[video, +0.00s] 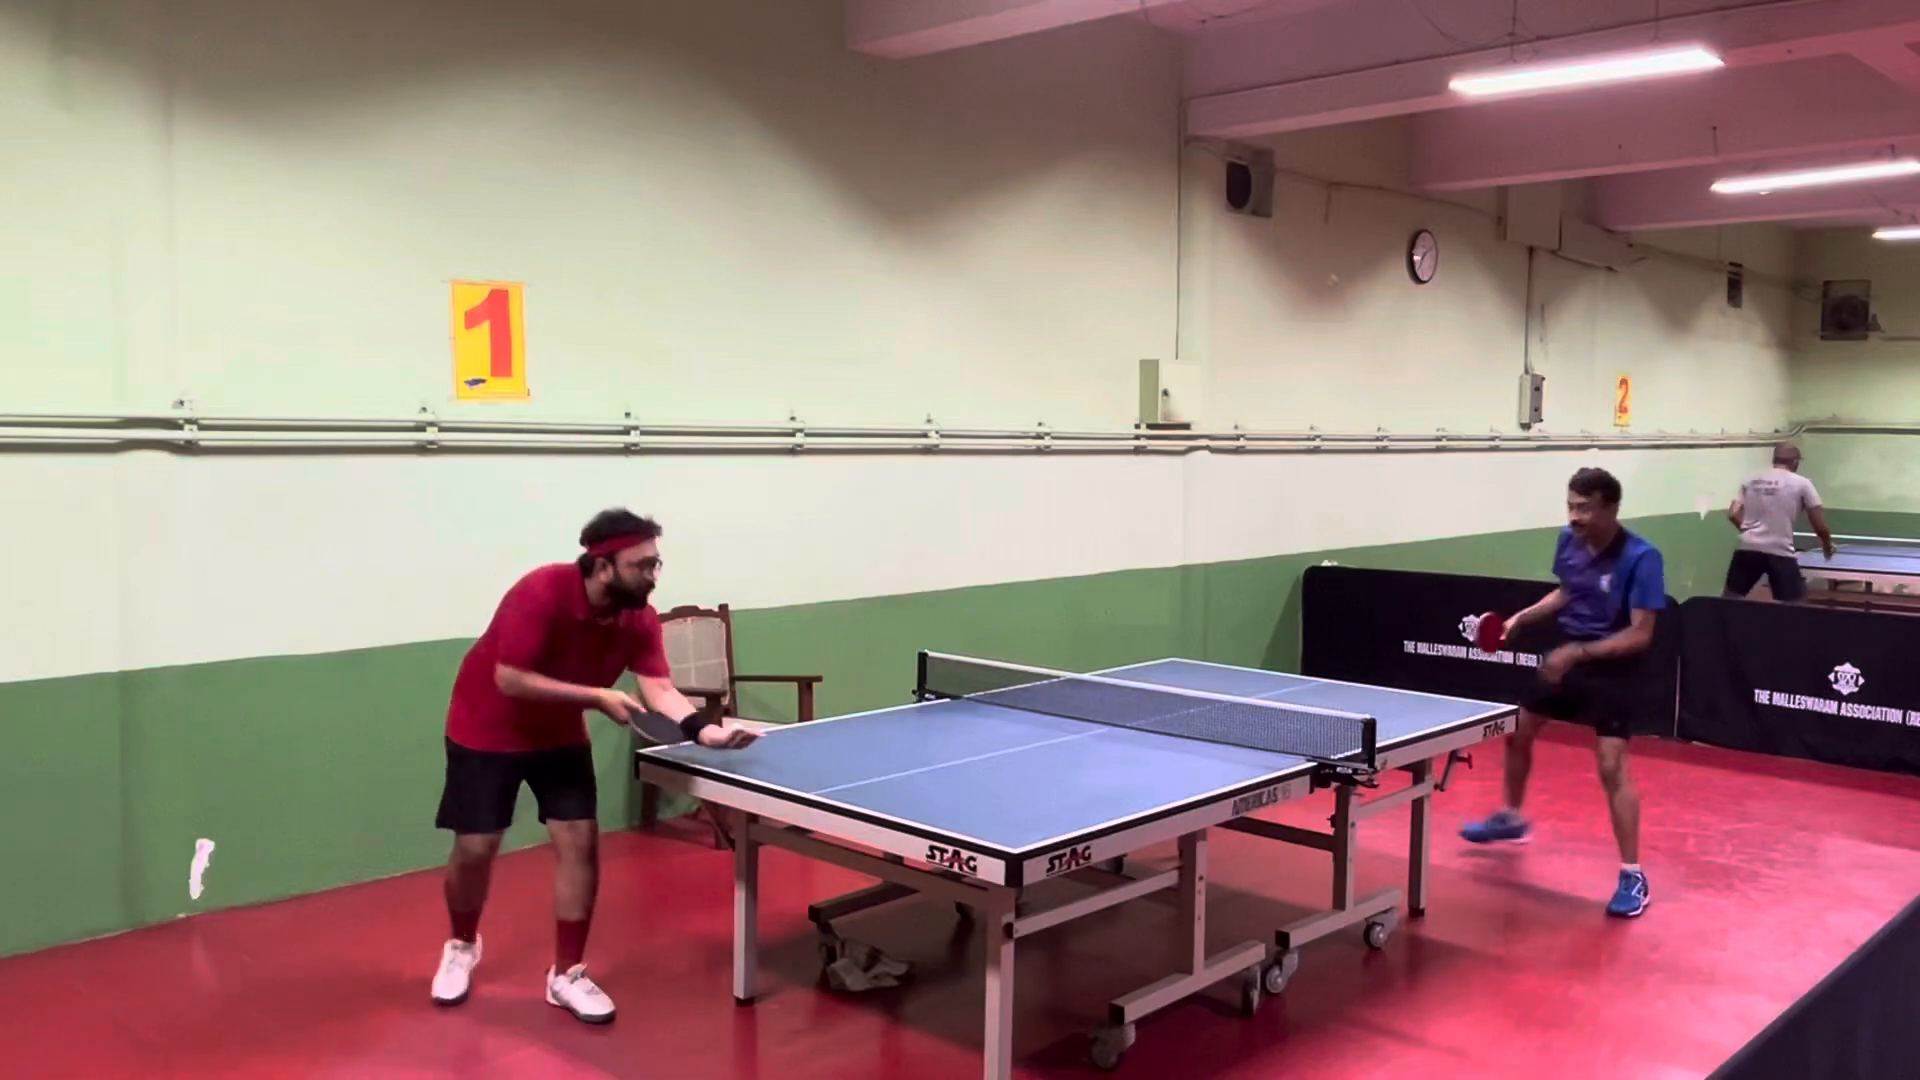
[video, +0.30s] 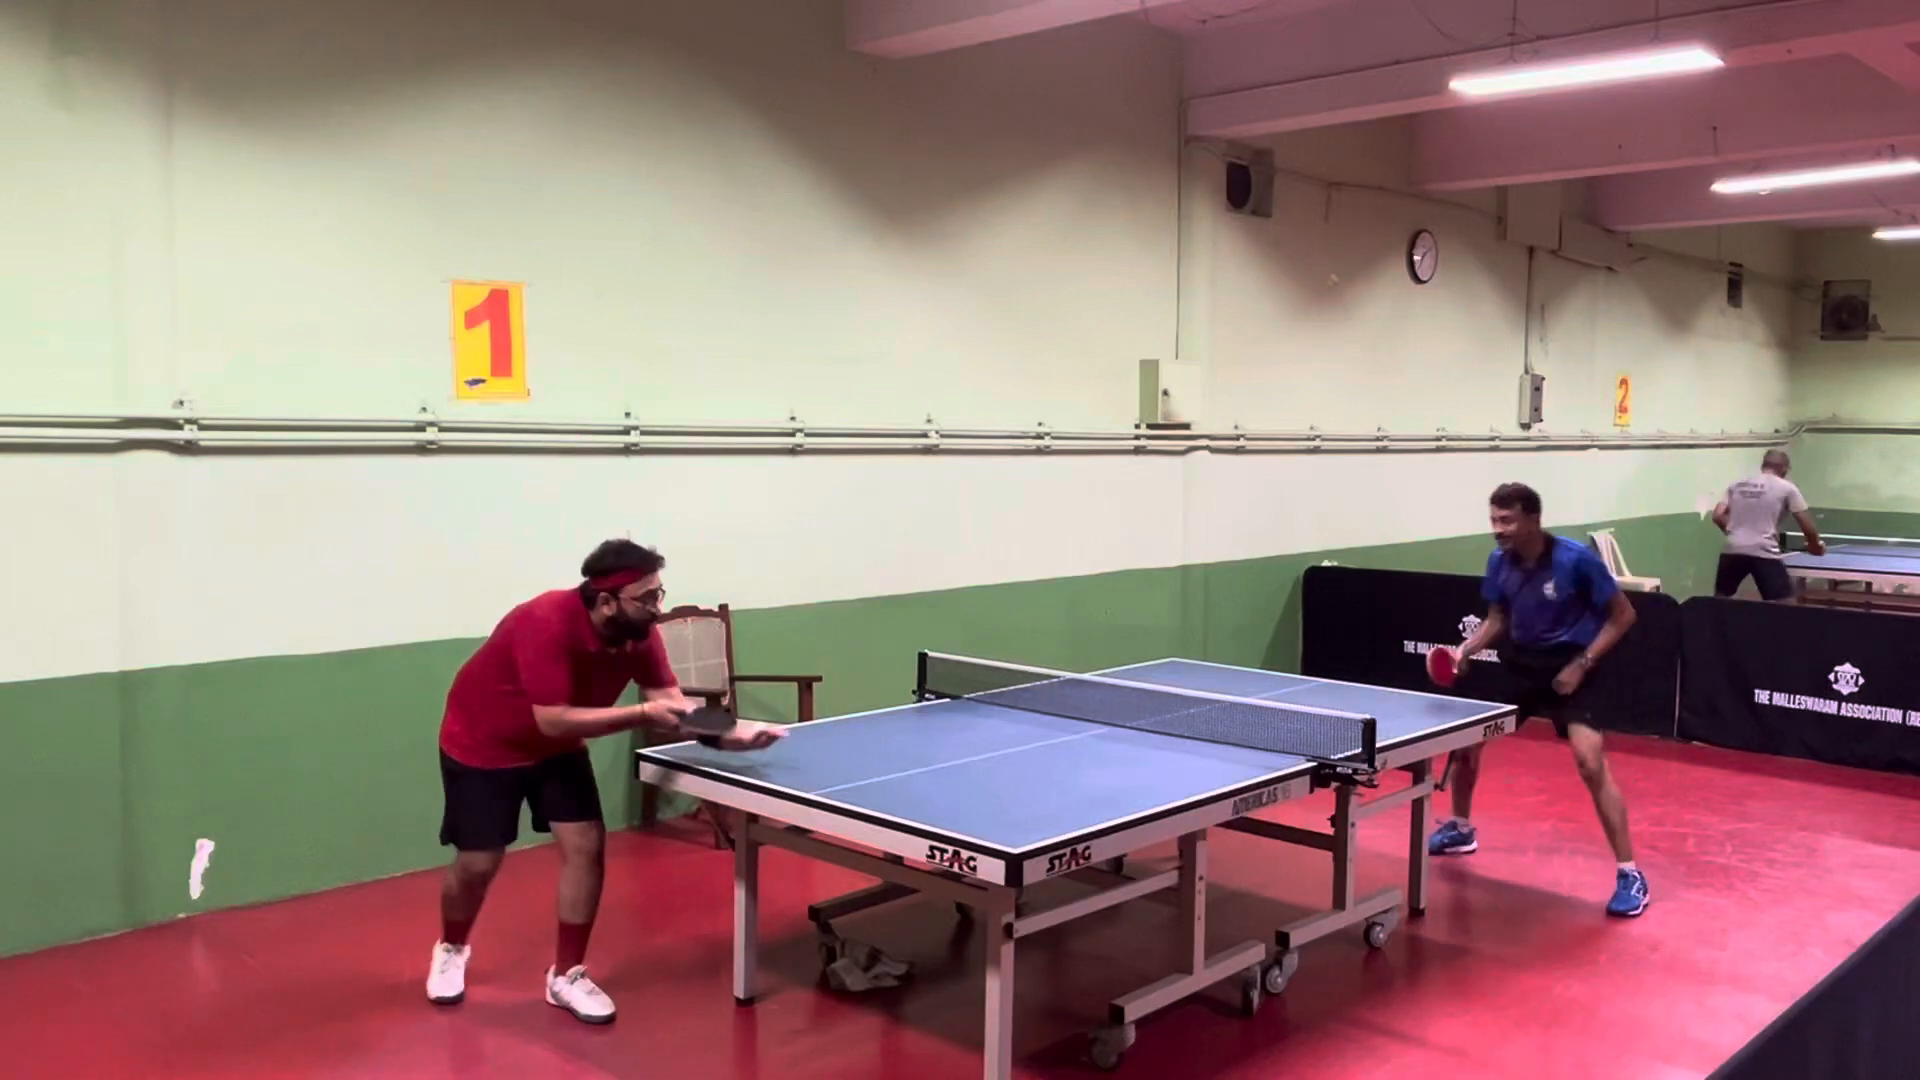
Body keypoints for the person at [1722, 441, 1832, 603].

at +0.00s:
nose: (1798, 464)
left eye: (1798, 460)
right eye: (1798, 460)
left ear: (1774, 460)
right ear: (1795, 461)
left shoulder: (1751, 480)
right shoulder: (1802, 483)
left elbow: (1734, 514)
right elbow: (1820, 528)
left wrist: (1749, 531)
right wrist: (1827, 546)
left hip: (1747, 552)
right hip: (1780, 555)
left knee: (1728, 604)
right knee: (1794, 610)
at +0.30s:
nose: (1787, 472)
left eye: (1787, 468)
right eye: (1787, 468)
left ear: (1762, 465)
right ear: (1784, 468)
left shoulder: (1737, 485)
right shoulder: (1787, 488)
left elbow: (1717, 516)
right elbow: (1809, 529)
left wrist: (1734, 531)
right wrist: (1814, 547)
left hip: (1732, 552)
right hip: (1765, 554)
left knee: (1719, 603)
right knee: (1782, 610)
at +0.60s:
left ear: (1729, 477)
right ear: (1751, 479)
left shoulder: (1711, 490)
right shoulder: (1761, 494)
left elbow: (1696, 520)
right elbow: (1772, 536)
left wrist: (1712, 535)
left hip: (1716, 553)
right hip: (1749, 552)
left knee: (1712, 602)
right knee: (1764, 603)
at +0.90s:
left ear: (1723, 474)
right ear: (1745, 477)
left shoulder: (1708, 485)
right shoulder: (1755, 492)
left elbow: (1696, 512)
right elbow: (1755, 522)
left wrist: (1692, 539)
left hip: (1717, 547)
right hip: (1750, 547)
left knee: (1708, 598)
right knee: (1771, 597)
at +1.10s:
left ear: (1736, 471)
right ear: (1759, 473)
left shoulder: (1720, 485)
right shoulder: (1769, 492)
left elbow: (1704, 515)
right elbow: (1771, 529)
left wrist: (1706, 545)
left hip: (1727, 549)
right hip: (1760, 549)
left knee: (1715, 600)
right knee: (1784, 601)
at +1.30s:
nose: (1790, 476)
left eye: (1789, 473)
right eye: (1789, 473)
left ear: (1766, 473)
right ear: (1787, 474)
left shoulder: (1747, 492)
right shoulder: (1798, 496)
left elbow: (1729, 523)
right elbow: (1806, 526)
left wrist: (1731, 553)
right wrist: (1805, 550)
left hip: (1748, 556)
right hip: (1781, 557)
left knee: (1733, 606)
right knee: (1804, 603)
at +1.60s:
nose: (1833, 474)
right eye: (1833, 470)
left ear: (1809, 467)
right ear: (1830, 471)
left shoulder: (1786, 483)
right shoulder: (1836, 492)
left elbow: (1765, 516)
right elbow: (1847, 536)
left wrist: (1770, 539)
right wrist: (1851, 546)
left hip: (1774, 550)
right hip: (1807, 553)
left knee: (1751, 598)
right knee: (1832, 604)